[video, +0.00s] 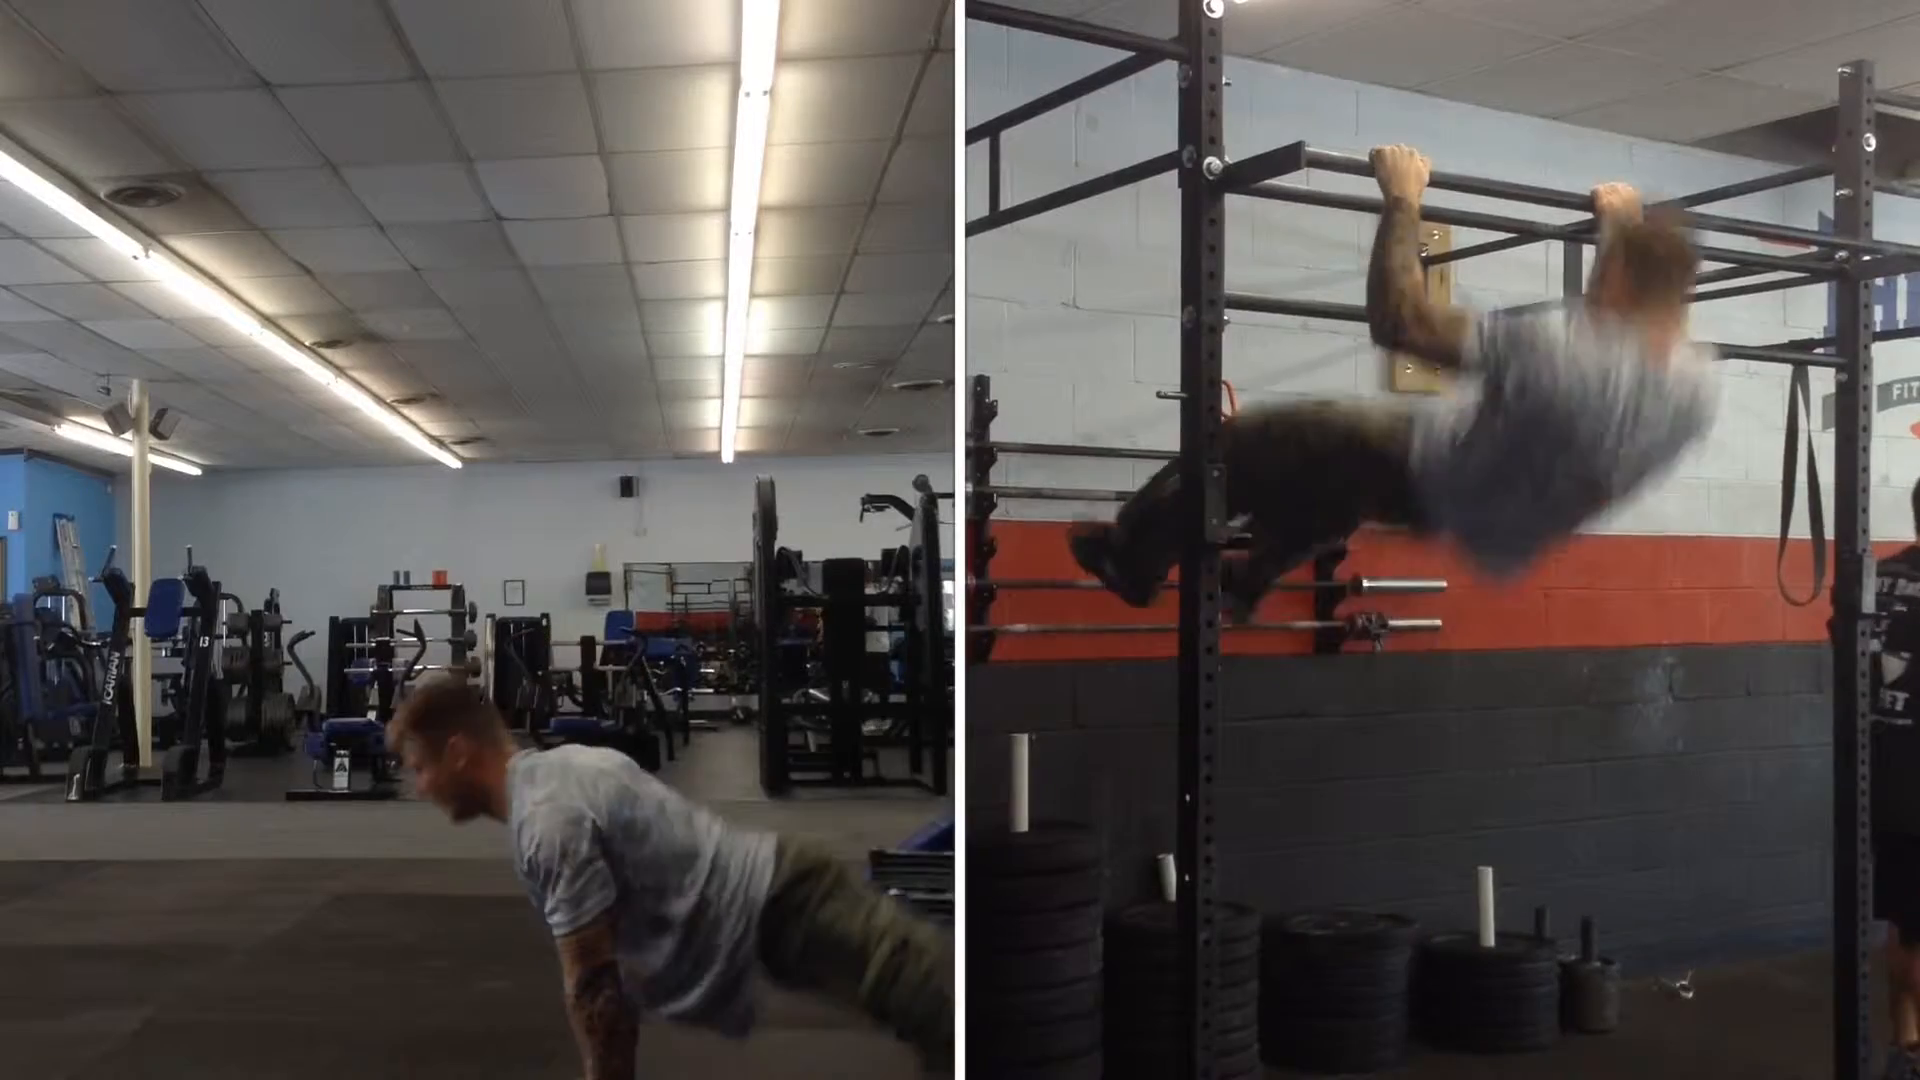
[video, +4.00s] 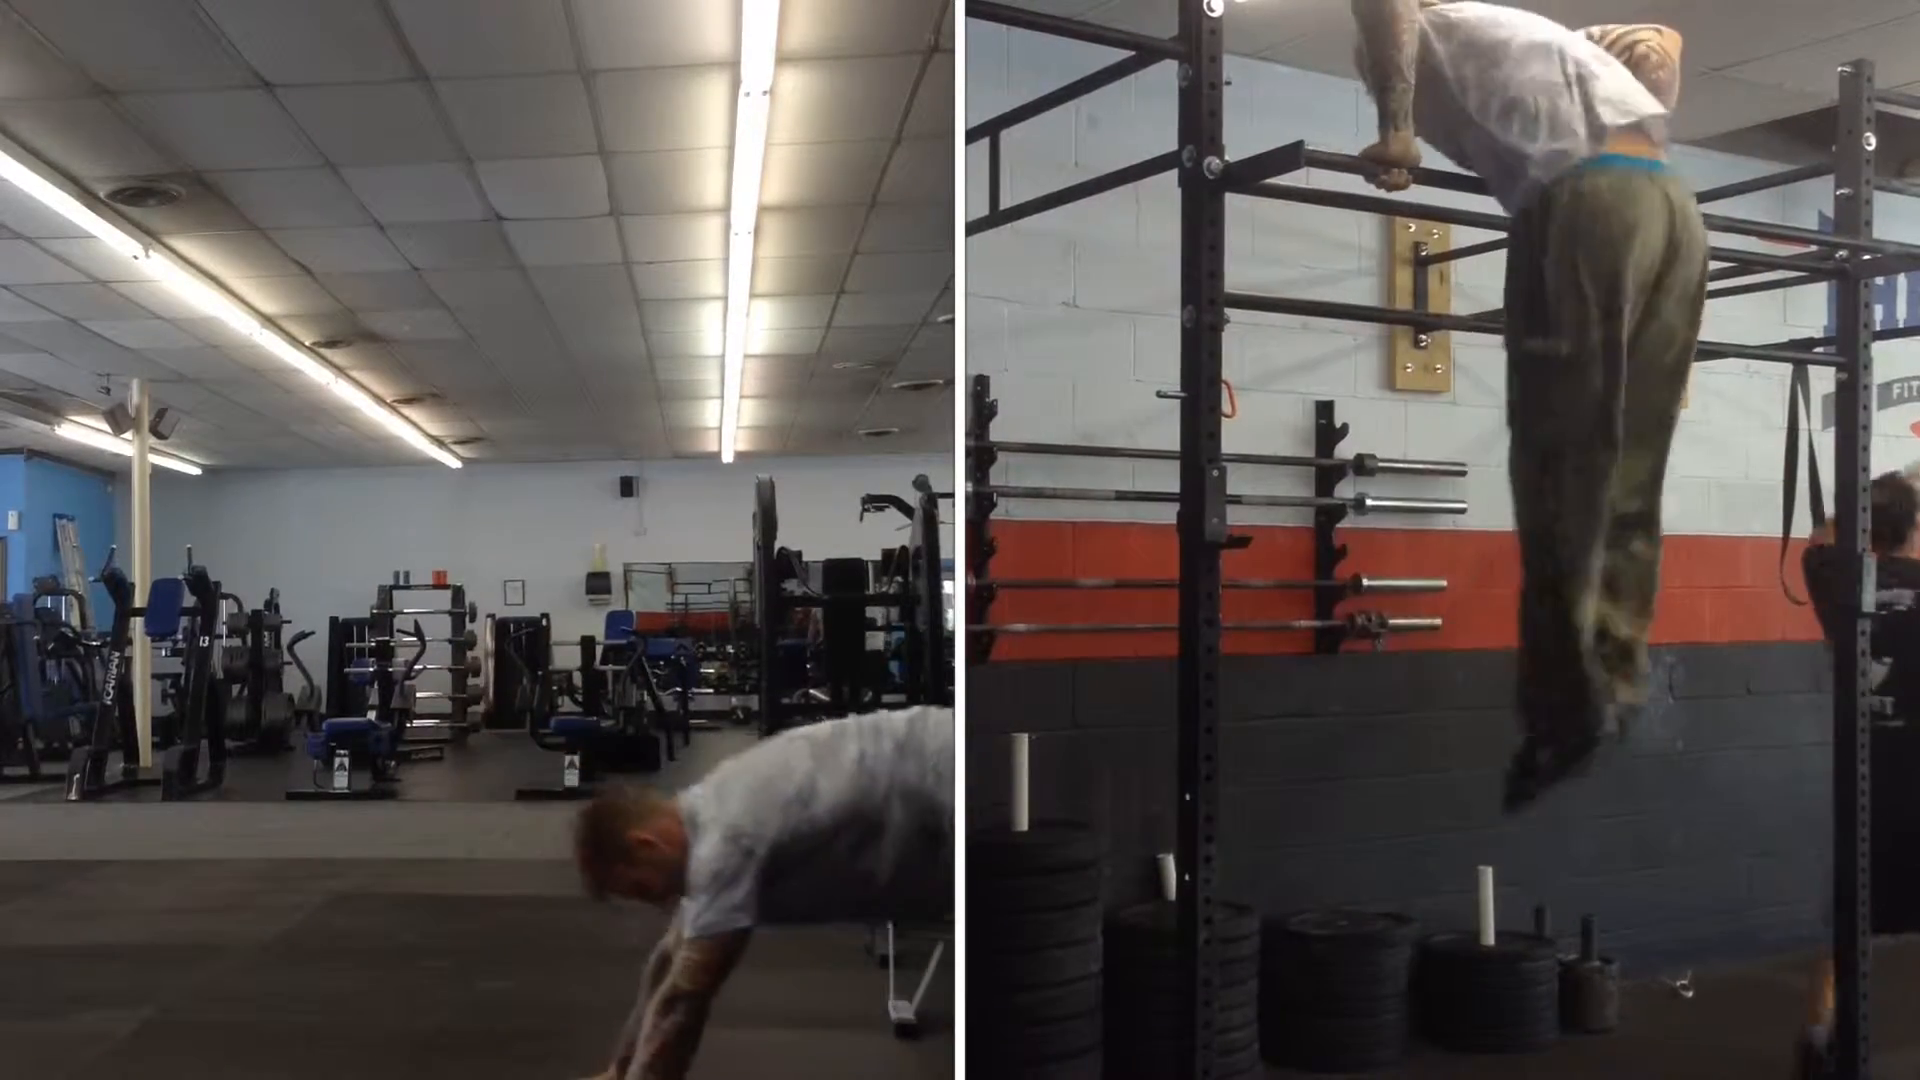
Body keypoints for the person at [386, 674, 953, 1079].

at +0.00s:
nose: (415, 787)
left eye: (415, 767)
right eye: (409, 771)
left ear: (459, 750)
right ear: (469, 746)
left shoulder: (548, 815)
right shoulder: (553, 777)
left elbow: (595, 990)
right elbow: (601, 980)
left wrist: (607, 1072)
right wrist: (606, 1064)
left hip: (784, 907)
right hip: (783, 894)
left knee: (953, 1020)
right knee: (945, 1013)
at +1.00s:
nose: (759, 976)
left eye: (749, 969)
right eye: (744, 975)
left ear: (750, 918)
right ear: (746, 913)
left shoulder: (806, 884)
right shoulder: (778, 870)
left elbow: (731, 1035)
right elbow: (709, 988)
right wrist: (627, 1071)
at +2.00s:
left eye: (385, 1068)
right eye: (383, 1073)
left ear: (404, 1034)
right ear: (422, 1005)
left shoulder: (484, 1025)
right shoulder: (515, 964)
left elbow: (625, 1003)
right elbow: (650, 943)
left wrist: (622, 1070)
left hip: (764, 998)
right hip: (766, 955)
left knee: (951, 1052)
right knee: (944, 1002)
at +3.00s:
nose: (460, 706)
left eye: (472, 690)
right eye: (464, 690)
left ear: (516, 704)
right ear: (520, 705)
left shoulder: (552, 818)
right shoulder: (578, 776)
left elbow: (589, 985)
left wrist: (606, 1068)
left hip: (718, 1014)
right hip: (727, 969)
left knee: (910, 1070)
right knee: (897, 1024)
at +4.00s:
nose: (645, 899)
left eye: (633, 887)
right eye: (630, 894)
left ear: (646, 845)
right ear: (648, 834)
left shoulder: (727, 834)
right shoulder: (707, 815)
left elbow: (686, 1001)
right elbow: (669, 963)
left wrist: (635, 1076)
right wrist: (620, 1066)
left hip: (971, 775)